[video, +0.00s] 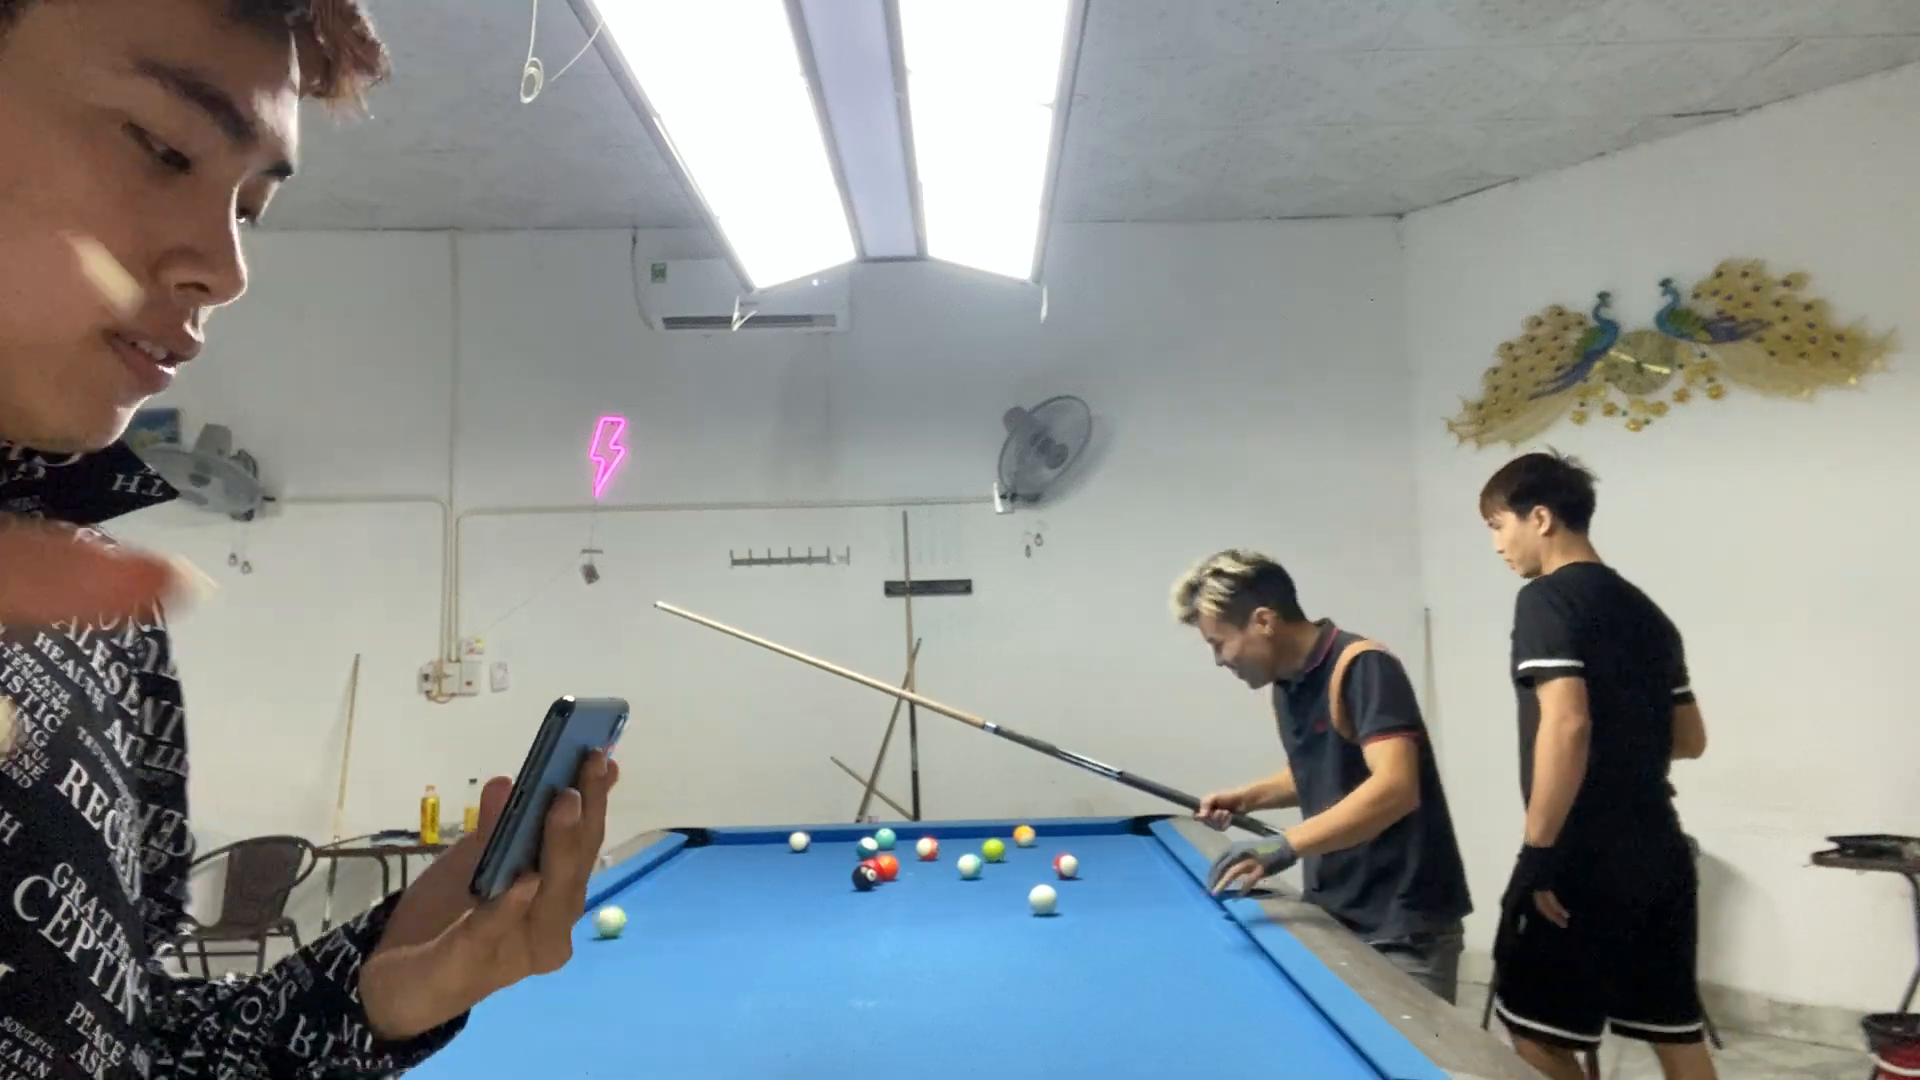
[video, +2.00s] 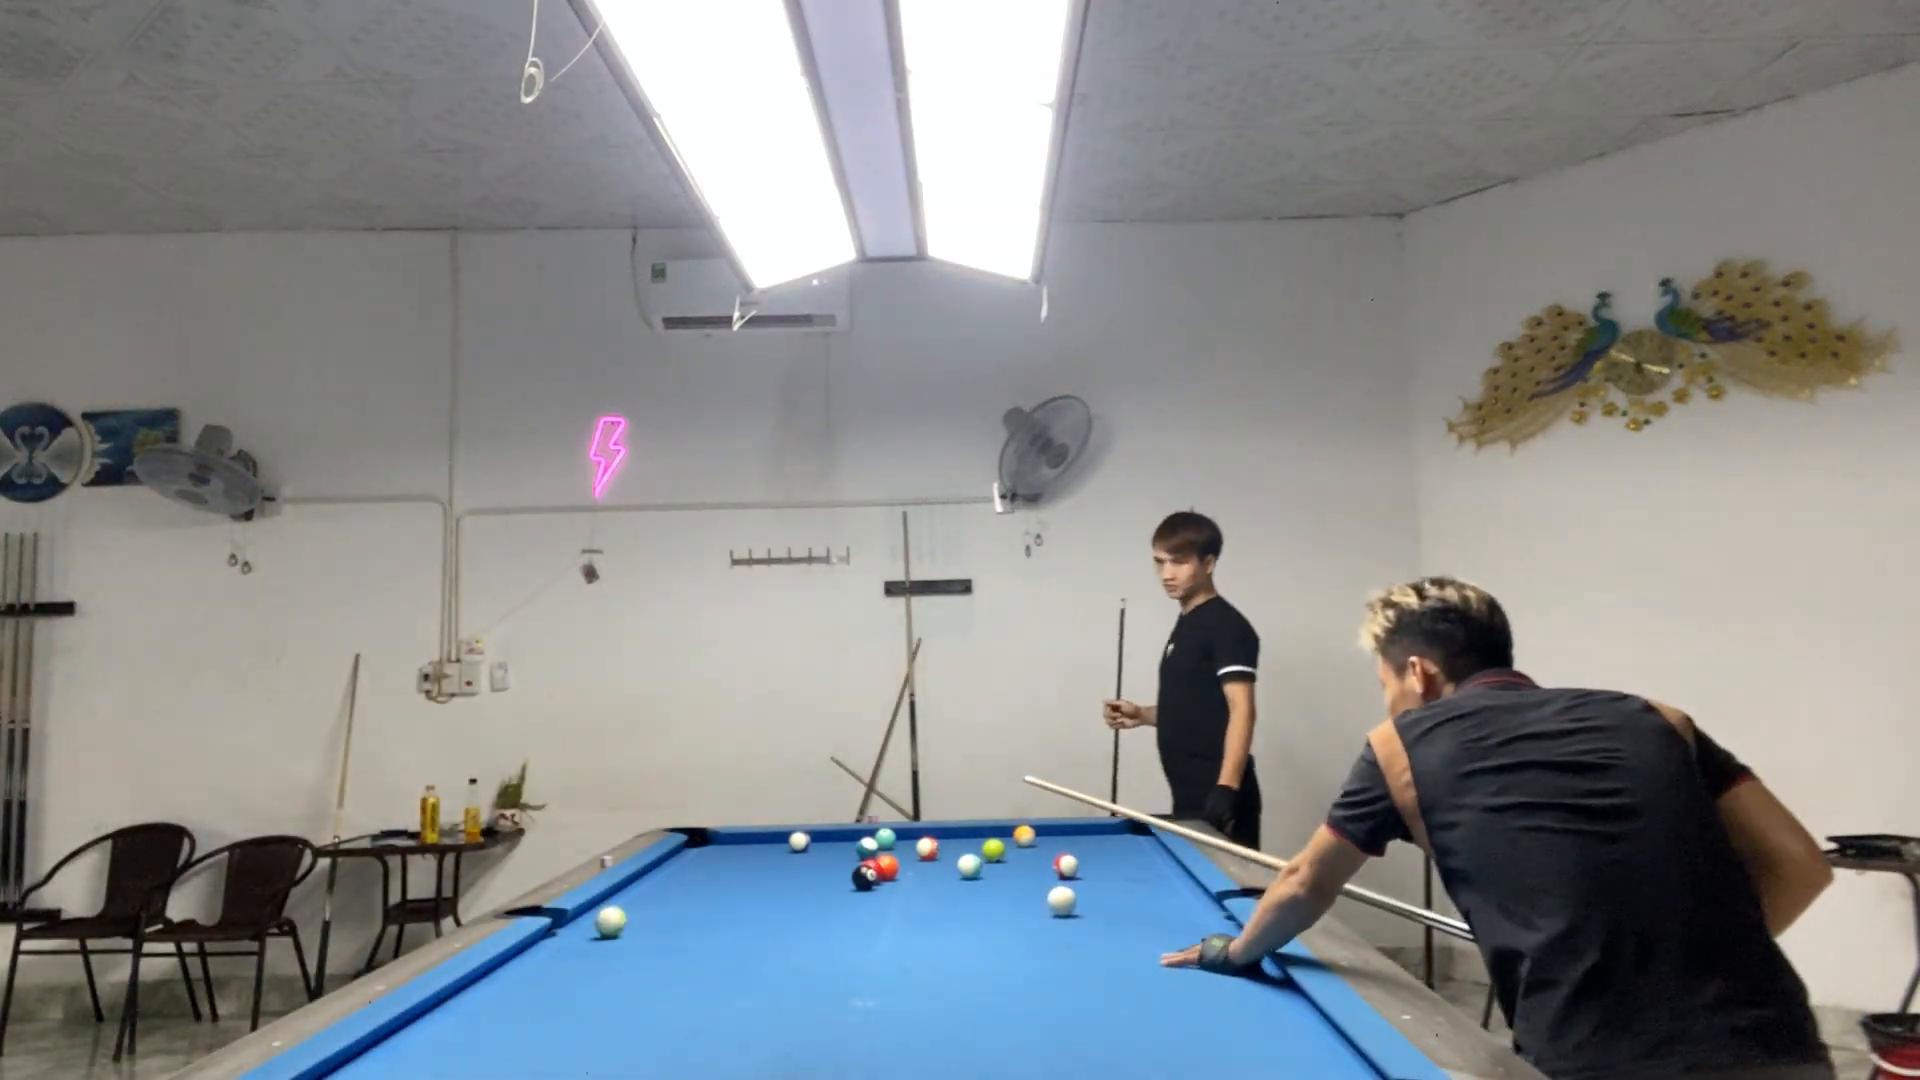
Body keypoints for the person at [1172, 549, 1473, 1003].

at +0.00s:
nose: (1219, 661)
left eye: (1219, 643)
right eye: (1212, 647)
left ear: (1263, 621)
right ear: (1264, 624)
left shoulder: (1365, 667)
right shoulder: (1287, 684)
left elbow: (1398, 787)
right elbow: (1319, 777)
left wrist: (1284, 849)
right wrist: (1246, 799)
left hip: (1407, 923)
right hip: (1338, 915)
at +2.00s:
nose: (1383, 704)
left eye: (1383, 685)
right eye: (1381, 686)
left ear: (1419, 674)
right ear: (1507, 666)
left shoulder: (1402, 747)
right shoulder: (1653, 717)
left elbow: (1304, 885)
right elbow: (1799, 866)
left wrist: (1241, 952)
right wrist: (1698, 950)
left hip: (1600, 1057)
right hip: (1776, 1050)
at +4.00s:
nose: (1328, 832)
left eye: (1323, 819)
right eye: (1323, 822)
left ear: (1349, 802)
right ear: (1424, 774)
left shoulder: (1351, 848)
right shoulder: (1534, 760)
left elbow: (1243, 931)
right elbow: (1681, 721)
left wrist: (1174, 924)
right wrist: (1766, 889)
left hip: (1610, 1053)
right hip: (1743, 1033)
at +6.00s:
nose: (1676, 538)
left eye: (1683, 515)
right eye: (1681, 515)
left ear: (1718, 524)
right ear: (1809, 545)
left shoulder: (1614, 629)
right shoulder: (1895, 687)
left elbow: (1526, 810)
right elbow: (1919, 879)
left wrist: (1448, 953)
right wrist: (1890, 986)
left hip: (1659, 1037)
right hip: (1843, 1043)